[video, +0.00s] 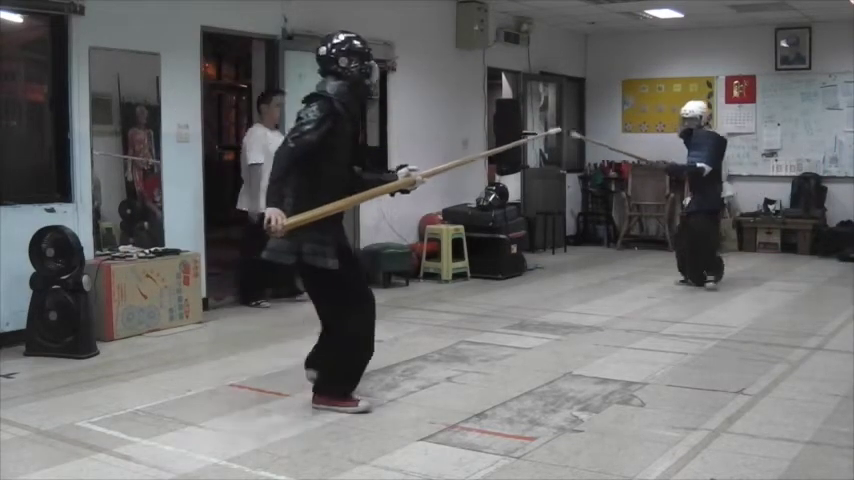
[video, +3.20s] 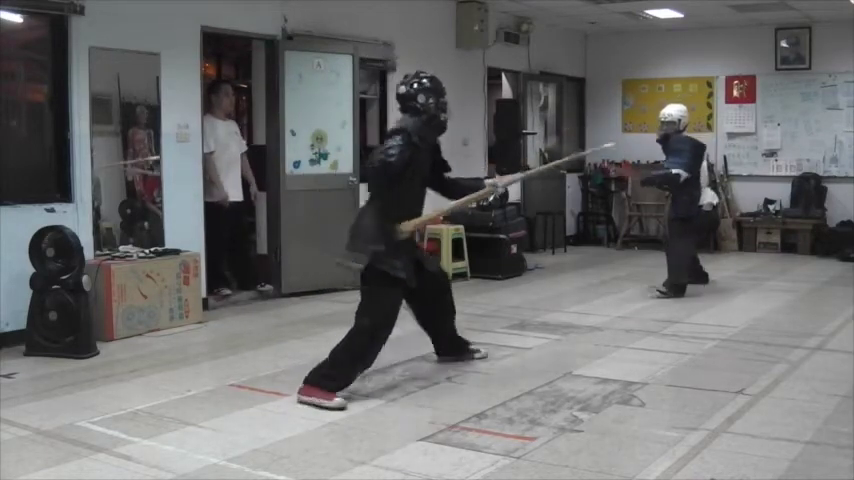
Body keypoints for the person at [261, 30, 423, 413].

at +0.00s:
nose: (368, 69)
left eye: (367, 62)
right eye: (360, 62)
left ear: (345, 64)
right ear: (341, 63)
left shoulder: (346, 108)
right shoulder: (322, 104)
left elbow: (348, 175)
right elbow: (288, 152)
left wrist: (394, 180)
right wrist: (275, 204)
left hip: (327, 224)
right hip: (311, 226)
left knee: (348, 300)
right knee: (355, 306)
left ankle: (322, 365)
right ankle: (332, 392)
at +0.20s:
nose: (387, 76)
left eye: (386, 69)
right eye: (379, 69)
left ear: (362, 73)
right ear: (360, 72)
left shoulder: (369, 113)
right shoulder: (345, 111)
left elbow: (367, 186)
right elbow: (308, 162)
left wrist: (410, 184)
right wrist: (299, 212)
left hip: (348, 228)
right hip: (328, 230)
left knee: (381, 281)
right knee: (362, 314)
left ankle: (376, 355)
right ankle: (332, 392)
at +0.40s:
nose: (414, 91)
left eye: (412, 83)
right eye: (407, 84)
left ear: (387, 87)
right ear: (391, 87)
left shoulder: (394, 129)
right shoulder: (370, 126)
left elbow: (397, 191)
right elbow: (334, 171)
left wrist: (441, 190)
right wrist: (334, 223)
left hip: (375, 235)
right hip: (355, 238)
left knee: (399, 294)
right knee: (377, 323)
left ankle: (420, 349)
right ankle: (333, 392)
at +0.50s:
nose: (431, 101)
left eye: (430, 94)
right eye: (425, 95)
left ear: (403, 97)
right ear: (409, 97)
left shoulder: (412, 137)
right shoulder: (389, 136)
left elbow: (429, 188)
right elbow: (356, 171)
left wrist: (469, 189)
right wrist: (364, 224)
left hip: (387, 238)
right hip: (365, 240)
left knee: (414, 286)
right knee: (376, 314)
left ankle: (423, 353)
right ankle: (335, 389)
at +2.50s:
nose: (426, 98)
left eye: (425, 91)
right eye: (421, 91)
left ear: (398, 91)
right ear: (408, 92)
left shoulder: (400, 132)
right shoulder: (384, 127)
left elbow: (413, 190)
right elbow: (349, 166)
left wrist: (457, 187)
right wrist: (341, 217)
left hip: (375, 234)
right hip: (352, 236)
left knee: (405, 272)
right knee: (368, 317)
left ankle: (397, 358)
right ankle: (317, 386)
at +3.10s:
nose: (431, 103)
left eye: (431, 96)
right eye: (426, 96)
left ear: (411, 97)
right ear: (408, 97)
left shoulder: (411, 136)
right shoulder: (386, 135)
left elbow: (425, 195)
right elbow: (351, 171)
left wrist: (463, 191)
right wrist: (349, 227)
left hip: (390, 241)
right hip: (366, 244)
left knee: (426, 282)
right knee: (369, 319)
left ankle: (435, 344)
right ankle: (317, 386)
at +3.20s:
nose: (443, 113)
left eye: (442, 106)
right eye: (437, 106)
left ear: (422, 108)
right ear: (420, 107)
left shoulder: (427, 144)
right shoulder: (400, 144)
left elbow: (443, 184)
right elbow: (374, 175)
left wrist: (488, 186)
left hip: (401, 243)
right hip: (382, 244)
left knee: (434, 286)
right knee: (374, 323)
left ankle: (450, 347)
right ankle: (319, 385)